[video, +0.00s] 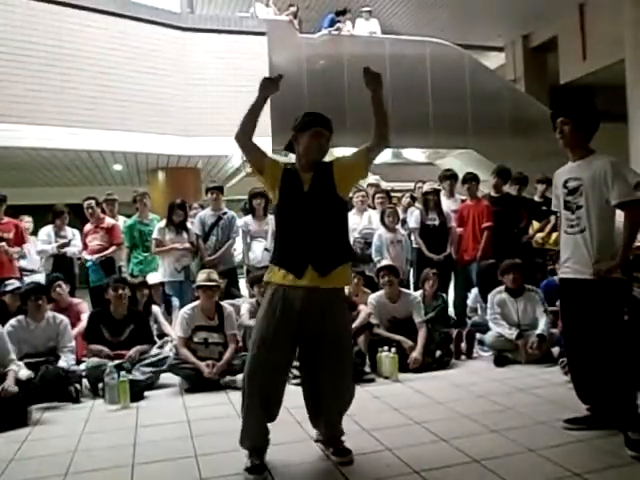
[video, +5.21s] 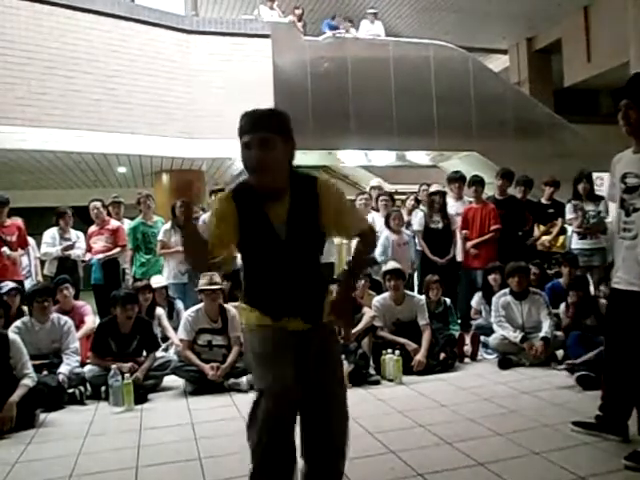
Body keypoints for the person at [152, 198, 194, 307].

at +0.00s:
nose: (178, 218)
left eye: (181, 215)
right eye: (176, 214)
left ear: (185, 215)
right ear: (170, 214)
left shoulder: (187, 229)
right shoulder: (161, 228)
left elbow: (195, 248)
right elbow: (155, 249)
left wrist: (188, 247)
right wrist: (173, 247)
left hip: (186, 269)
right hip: (169, 271)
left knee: (187, 303)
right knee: (175, 304)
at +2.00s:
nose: (179, 218)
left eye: (182, 215)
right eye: (177, 214)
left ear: (186, 215)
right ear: (172, 213)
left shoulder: (187, 228)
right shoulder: (162, 227)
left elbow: (193, 246)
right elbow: (156, 249)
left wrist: (188, 247)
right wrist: (174, 246)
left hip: (187, 268)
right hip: (170, 270)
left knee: (188, 302)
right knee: (176, 304)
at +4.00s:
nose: (182, 220)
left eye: (185, 217)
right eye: (180, 217)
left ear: (189, 218)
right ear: (175, 216)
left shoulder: (192, 231)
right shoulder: (166, 230)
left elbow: (199, 250)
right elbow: (160, 252)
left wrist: (193, 250)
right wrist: (178, 249)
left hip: (191, 274)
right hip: (174, 274)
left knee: (192, 308)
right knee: (179, 309)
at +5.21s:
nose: (183, 210)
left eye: (185, 207)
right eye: (180, 207)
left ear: (190, 210)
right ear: (175, 210)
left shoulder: (193, 227)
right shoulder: (168, 228)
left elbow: (200, 246)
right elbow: (159, 250)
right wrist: (177, 249)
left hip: (191, 272)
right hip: (174, 273)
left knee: (192, 308)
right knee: (178, 309)